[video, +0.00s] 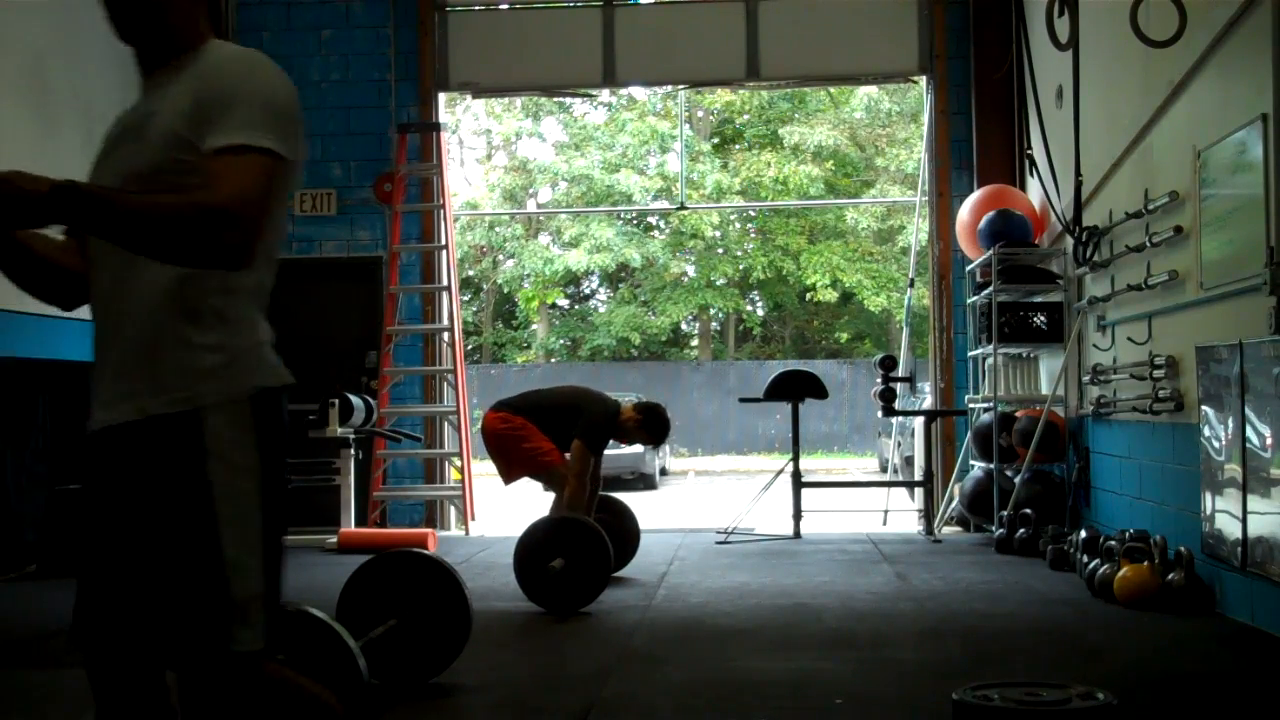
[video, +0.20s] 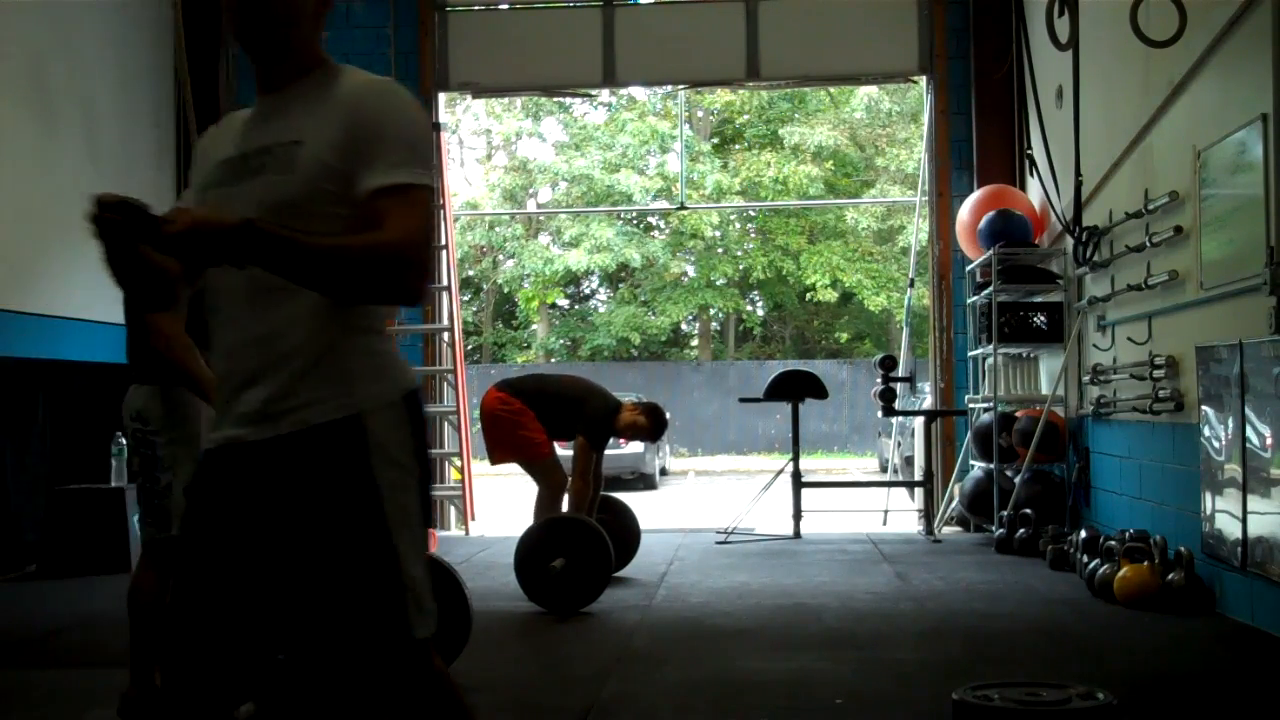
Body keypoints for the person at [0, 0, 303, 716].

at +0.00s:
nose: (116, 8)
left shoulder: (244, 77)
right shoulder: (129, 125)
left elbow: (233, 227)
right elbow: (75, 282)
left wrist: (61, 199)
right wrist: (1, 231)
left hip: (219, 405)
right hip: (131, 410)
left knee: (219, 638)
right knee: (122, 634)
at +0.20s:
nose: (253, 21)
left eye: (271, 3)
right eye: (245, 7)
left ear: (316, 6)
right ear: (230, 17)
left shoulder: (376, 105)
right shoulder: (218, 139)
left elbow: (409, 266)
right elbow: (195, 298)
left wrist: (241, 239)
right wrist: (135, 250)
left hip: (355, 427)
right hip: (243, 436)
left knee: (371, 657)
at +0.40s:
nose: (367, 13)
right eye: (359, 1)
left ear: (422, 2)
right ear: (340, 10)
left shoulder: (484, 101)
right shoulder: (312, 121)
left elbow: (529, 264)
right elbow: (282, 271)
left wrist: (385, 244)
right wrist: (249, 223)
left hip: (444, 422)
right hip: (324, 425)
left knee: (447, 657)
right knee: (282, 643)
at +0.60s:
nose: (453, 19)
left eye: (472, 3)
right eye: (442, 4)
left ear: (511, 8)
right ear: (425, 15)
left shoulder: (567, 116)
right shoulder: (393, 132)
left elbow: (610, 268)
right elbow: (351, 289)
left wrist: (476, 236)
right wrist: (345, 240)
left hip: (514, 415)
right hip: (408, 423)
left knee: (496, 651)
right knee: (387, 639)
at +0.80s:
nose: (503, 41)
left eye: (522, 22)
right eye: (491, 27)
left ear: (567, 30)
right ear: (479, 41)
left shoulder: (625, 132)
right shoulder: (468, 167)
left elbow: (664, 266)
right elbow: (416, 292)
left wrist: (535, 227)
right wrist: (409, 228)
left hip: (594, 414)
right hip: (506, 421)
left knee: (579, 632)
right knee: (534, 629)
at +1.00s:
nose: (546, 47)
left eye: (563, 29)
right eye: (534, 36)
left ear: (609, 35)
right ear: (526, 48)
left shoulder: (668, 117)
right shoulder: (528, 172)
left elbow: (713, 244)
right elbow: (489, 296)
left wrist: (582, 218)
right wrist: (465, 236)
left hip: (660, 399)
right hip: (576, 408)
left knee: (625, 613)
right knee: (602, 616)